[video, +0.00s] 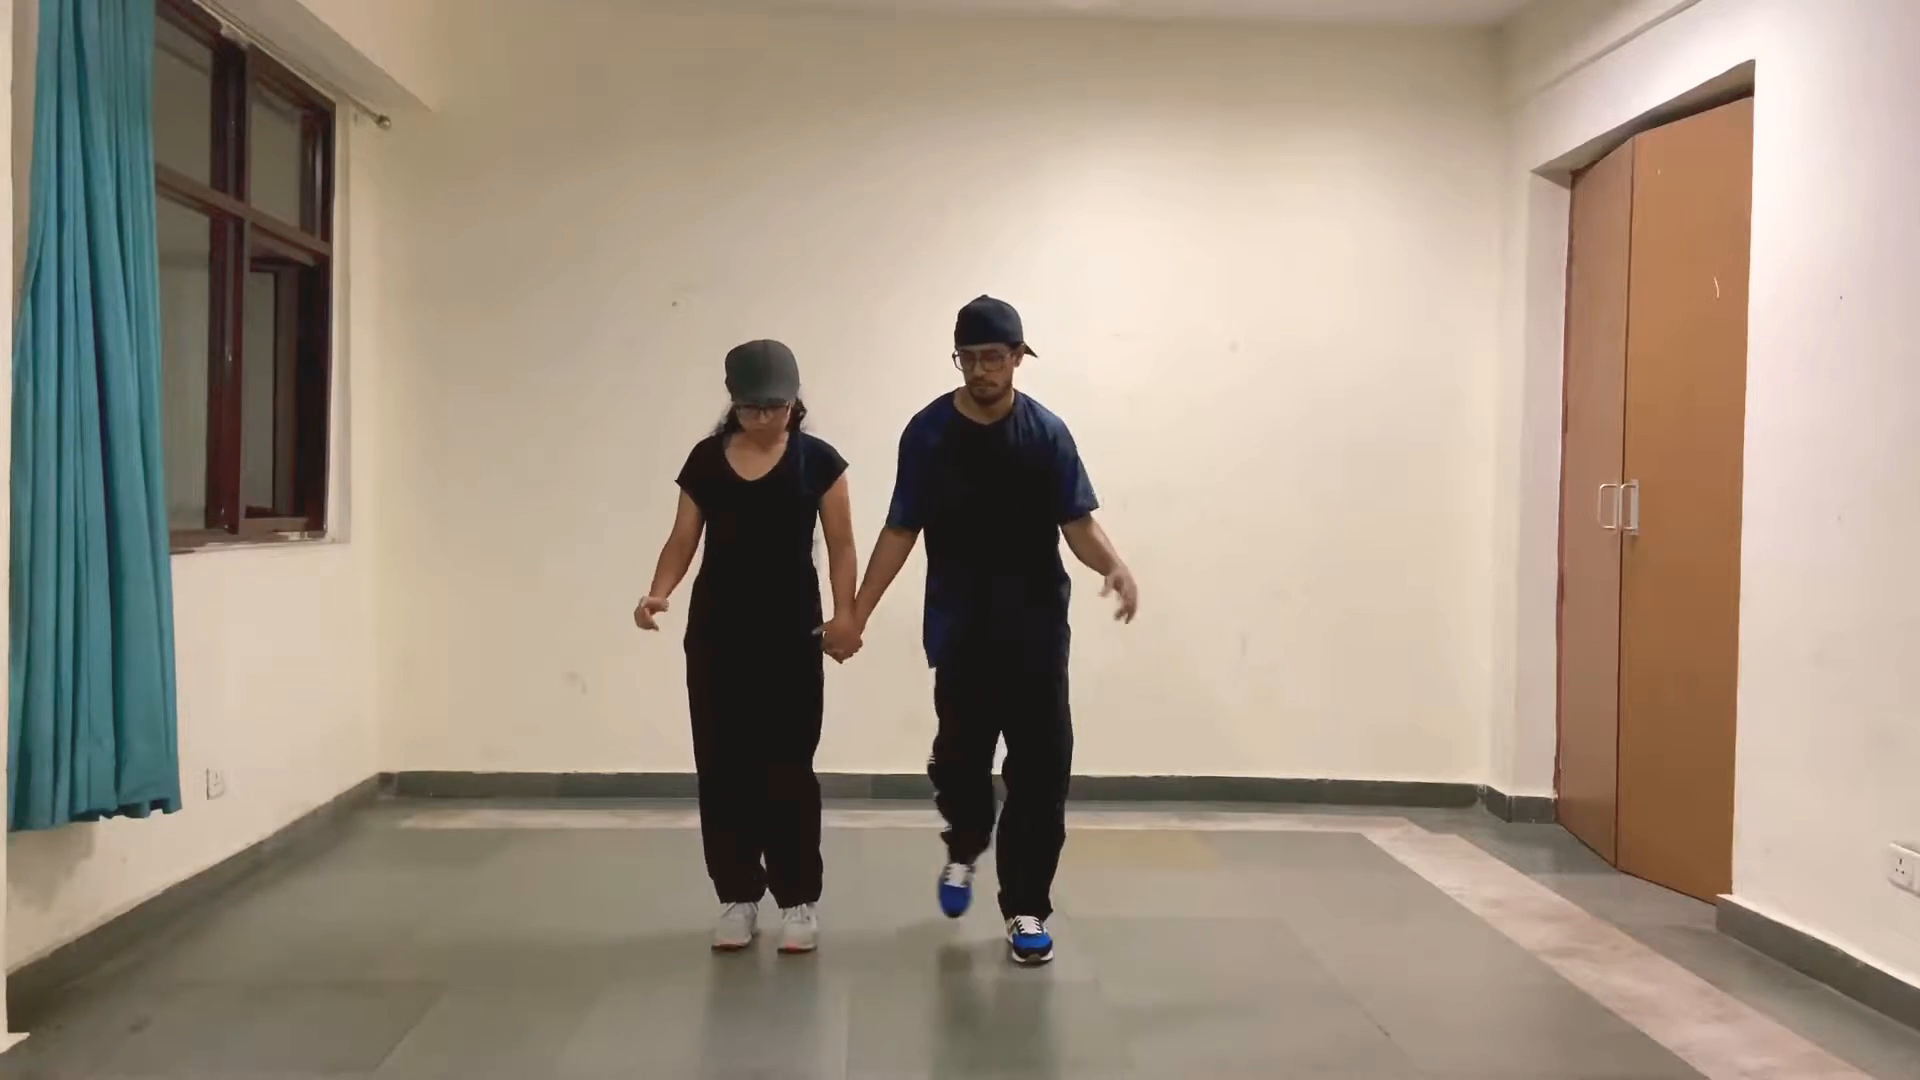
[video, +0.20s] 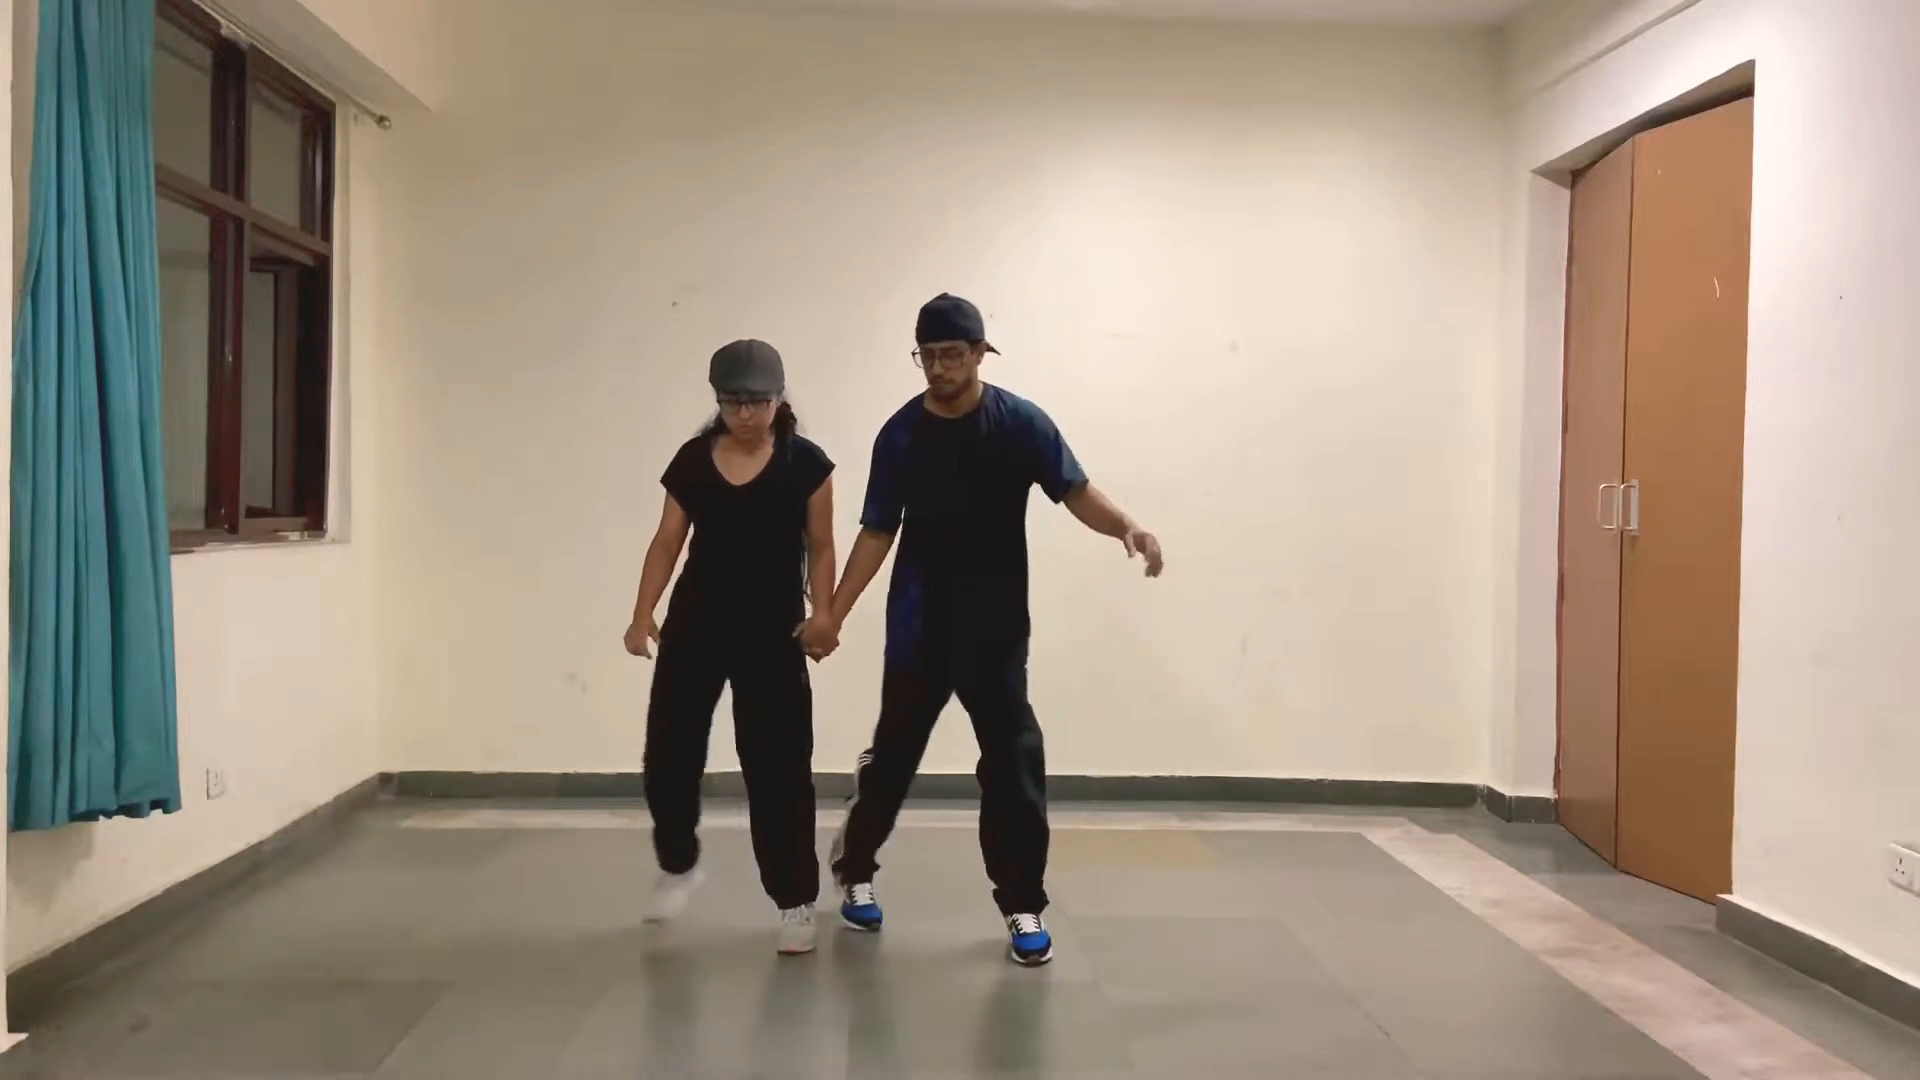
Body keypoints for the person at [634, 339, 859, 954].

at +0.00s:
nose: (767, 417)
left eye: (778, 405)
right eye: (754, 406)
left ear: (795, 401)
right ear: (734, 402)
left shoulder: (818, 462)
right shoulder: (706, 459)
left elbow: (840, 544)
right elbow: (682, 539)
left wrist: (845, 614)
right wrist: (658, 589)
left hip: (788, 633)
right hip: (718, 633)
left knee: (787, 765)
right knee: (722, 765)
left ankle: (797, 899)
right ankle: (737, 898)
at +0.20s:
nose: (746, 412)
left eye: (758, 400)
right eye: (735, 400)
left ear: (778, 400)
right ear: (718, 399)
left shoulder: (806, 465)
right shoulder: (694, 460)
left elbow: (821, 546)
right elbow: (668, 541)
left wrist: (823, 614)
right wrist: (643, 611)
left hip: (771, 633)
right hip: (696, 629)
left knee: (780, 766)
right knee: (669, 753)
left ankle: (795, 900)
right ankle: (677, 866)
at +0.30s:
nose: (726, 420)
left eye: (739, 409)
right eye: (715, 409)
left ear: (763, 409)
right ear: (701, 408)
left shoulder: (791, 473)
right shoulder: (679, 464)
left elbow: (800, 556)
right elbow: (648, 546)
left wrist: (802, 624)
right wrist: (620, 617)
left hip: (748, 639)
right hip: (673, 633)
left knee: (757, 770)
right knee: (634, 756)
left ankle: (791, 899)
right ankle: (597, 873)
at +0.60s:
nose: (744, 420)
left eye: (756, 408)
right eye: (733, 408)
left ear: (778, 406)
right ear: (716, 405)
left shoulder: (803, 468)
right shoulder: (691, 459)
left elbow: (825, 541)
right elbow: (659, 525)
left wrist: (831, 600)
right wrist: (650, 592)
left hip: (770, 630)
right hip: (695, 624)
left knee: (777, 764)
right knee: (650, 748)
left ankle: (774, 898)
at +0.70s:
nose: (757, 406)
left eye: (768, 394)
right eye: (745, 394)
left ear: (787, 391)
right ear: (727, 391)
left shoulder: (814, 454)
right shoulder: (704, 449)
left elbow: (838, 534)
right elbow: (665, 516)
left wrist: (857, 564)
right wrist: (688, 543)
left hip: (784, 628)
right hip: (711, 625)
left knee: (780, 766)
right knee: (693, 752)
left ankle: (777, 897)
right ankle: (727, 800)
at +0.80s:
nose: (769, 397)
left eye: (780, 385)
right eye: (756, 386)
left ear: (798, 385)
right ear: (737, 386)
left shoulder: (826, 450)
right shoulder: (713, 449)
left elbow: (852, 532)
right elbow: (661, 528)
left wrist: (868, 562)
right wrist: (691, 507)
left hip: (797, 626)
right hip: (727, 625)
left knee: (791, 757)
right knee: (725, 752)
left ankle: (788, 896)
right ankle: (734, 864)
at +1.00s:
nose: (787, 409)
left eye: (797, 397)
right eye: (774, 398)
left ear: (814, 393)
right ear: (752, 396)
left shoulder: (842, 456)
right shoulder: (730, 455)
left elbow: (863, 539)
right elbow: (689, 529)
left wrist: (884, 612)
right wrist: (676, 579)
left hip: (819, 630)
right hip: (747, 628)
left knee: (804, 761)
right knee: (738, 757)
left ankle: (785, 898)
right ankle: (741, 893)